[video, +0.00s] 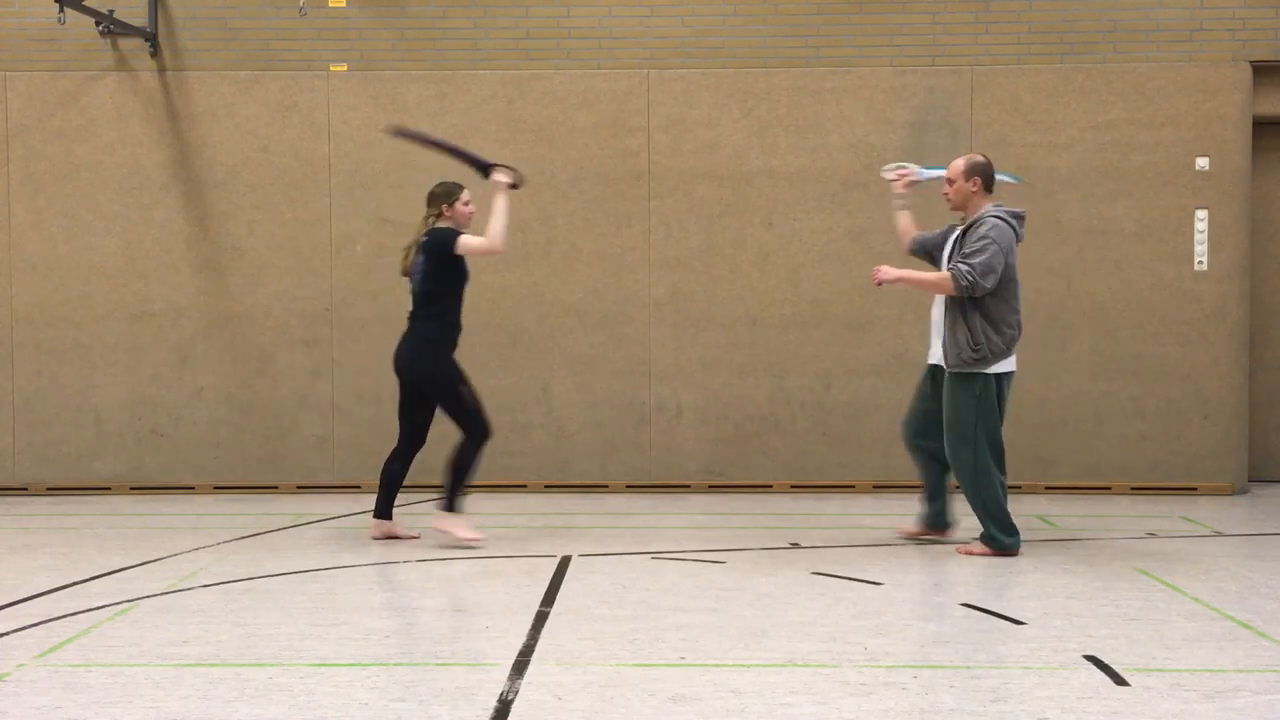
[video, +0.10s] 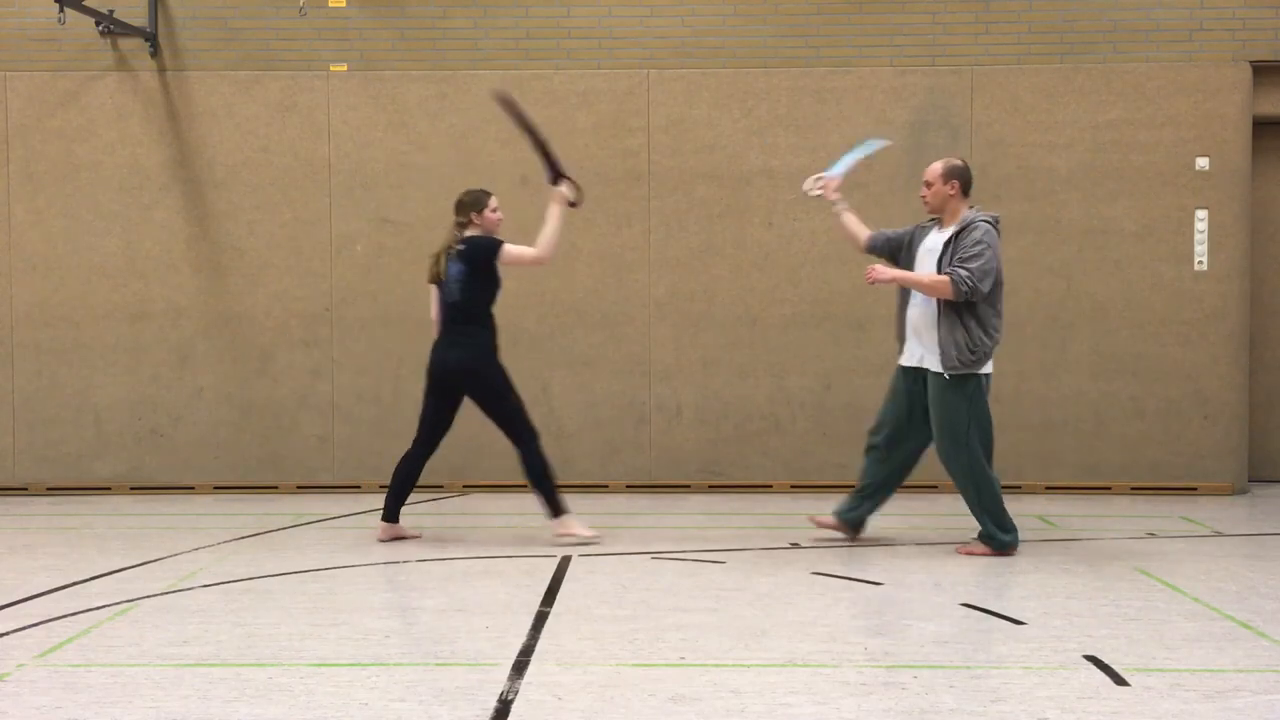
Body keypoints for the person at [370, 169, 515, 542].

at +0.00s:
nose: (472, 209)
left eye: (470, 203)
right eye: (466, 204)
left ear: (444, 210)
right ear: (446, 209)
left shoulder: (428, 241)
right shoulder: (442, 239)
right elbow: (493, 242)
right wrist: (500, 190)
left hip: (413, 354)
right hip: (430, 357)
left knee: (410, 440)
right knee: (477, 430)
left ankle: (381, 520)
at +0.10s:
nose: (500, 216)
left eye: (499, 210)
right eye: (495, 211)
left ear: (469, 218)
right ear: (476, 216)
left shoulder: (444, 256)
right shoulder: (484, 247)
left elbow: (437, 317)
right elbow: (540, 254)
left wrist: (451, 352)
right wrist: (558, 201)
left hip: (444, 360)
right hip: (477, 361)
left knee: (424, 442)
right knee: (525, 437)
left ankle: (388, 522)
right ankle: (562, 519)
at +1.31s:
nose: (707, 218)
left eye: (707, 212)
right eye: (701, 213)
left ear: (689, 217)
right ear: (683, 216)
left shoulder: (684, 262)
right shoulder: (663, 244)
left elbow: (686, 327)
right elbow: (706, 224)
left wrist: (722, 364)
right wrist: (743, 200)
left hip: (673, 366)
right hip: (649, 364)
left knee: (711, 434)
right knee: (643, 448)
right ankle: (602, 526)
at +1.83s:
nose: (813, 235)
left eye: (812, 230)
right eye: (805, 230)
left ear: (800, 238)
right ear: (785, 238)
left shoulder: (810, 282)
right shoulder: (767, 266)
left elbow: (804, 337)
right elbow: (771, 268)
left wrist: (812, 379)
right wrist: (819, 245)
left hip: (786, 382)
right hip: (750, 378)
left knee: (835, 435)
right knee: (709, 448)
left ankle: (807, 518)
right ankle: (653, 519)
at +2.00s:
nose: (816, 237)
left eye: (816, 231)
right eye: (809, 232)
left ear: (814, 238)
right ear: (789, 239)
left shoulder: (813, 283)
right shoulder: (771, 267)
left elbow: (807, 339)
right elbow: (773, 268)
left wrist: (813, 383)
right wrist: (820, 246)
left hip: (787, 384)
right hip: (752, 379)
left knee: (835, 434)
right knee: (711, 450)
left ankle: (808, 517)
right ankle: (654, 521)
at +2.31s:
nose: (784, 237)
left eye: (787, 231)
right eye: (777, 231)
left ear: (790, 233)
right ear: (760, 233)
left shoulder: (791, 275)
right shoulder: (744, 260)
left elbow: (790, 330)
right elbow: (746, 265)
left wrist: (797, 377)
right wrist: (795, 238)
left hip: (773, 376)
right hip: (736, 374)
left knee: (822, 437)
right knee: (708, 451)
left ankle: (805, 520)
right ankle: (658, 524)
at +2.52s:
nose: (734, 232)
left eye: (739, 226)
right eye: (728, 226)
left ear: (745, 228)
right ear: (715, 226)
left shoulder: (748, 265)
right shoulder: (699, 254)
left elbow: (755, 322)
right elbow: (672, 258)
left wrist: (766, 370)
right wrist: (709, 221)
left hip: (738, 364)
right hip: (699, 362)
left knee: (778, 439)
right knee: (687, 447)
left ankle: (805, 517)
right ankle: (661, 524)